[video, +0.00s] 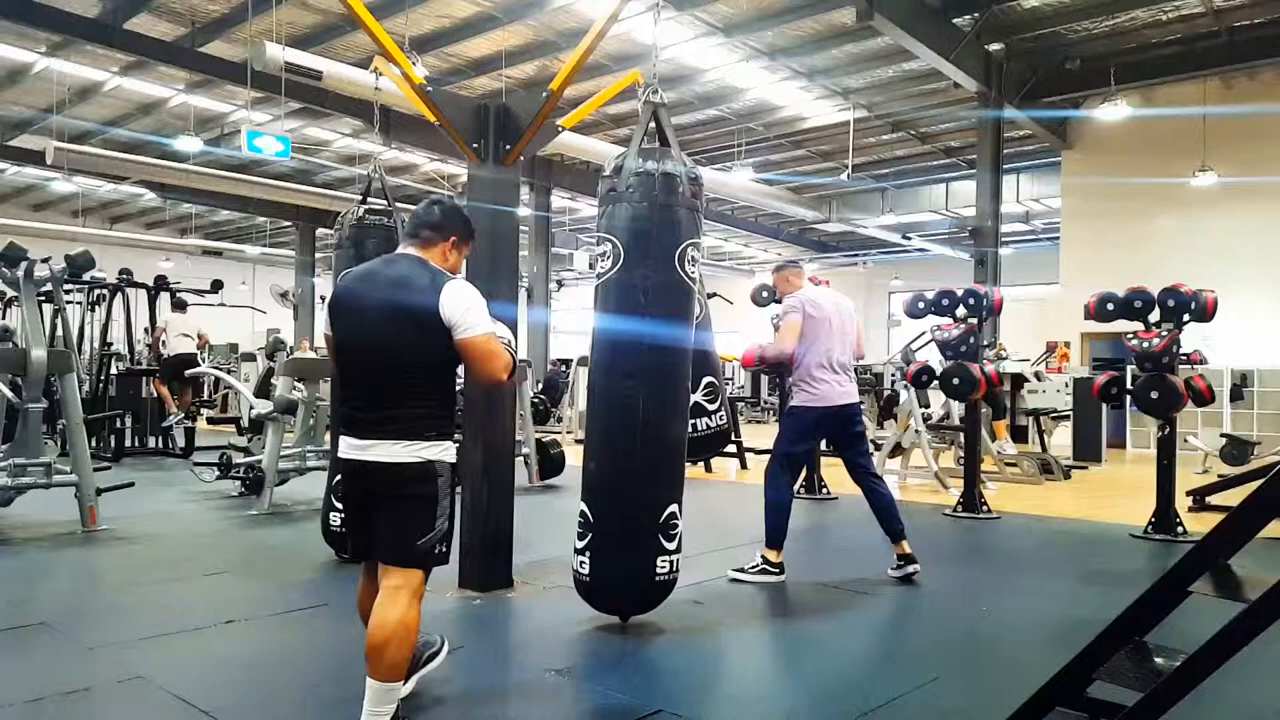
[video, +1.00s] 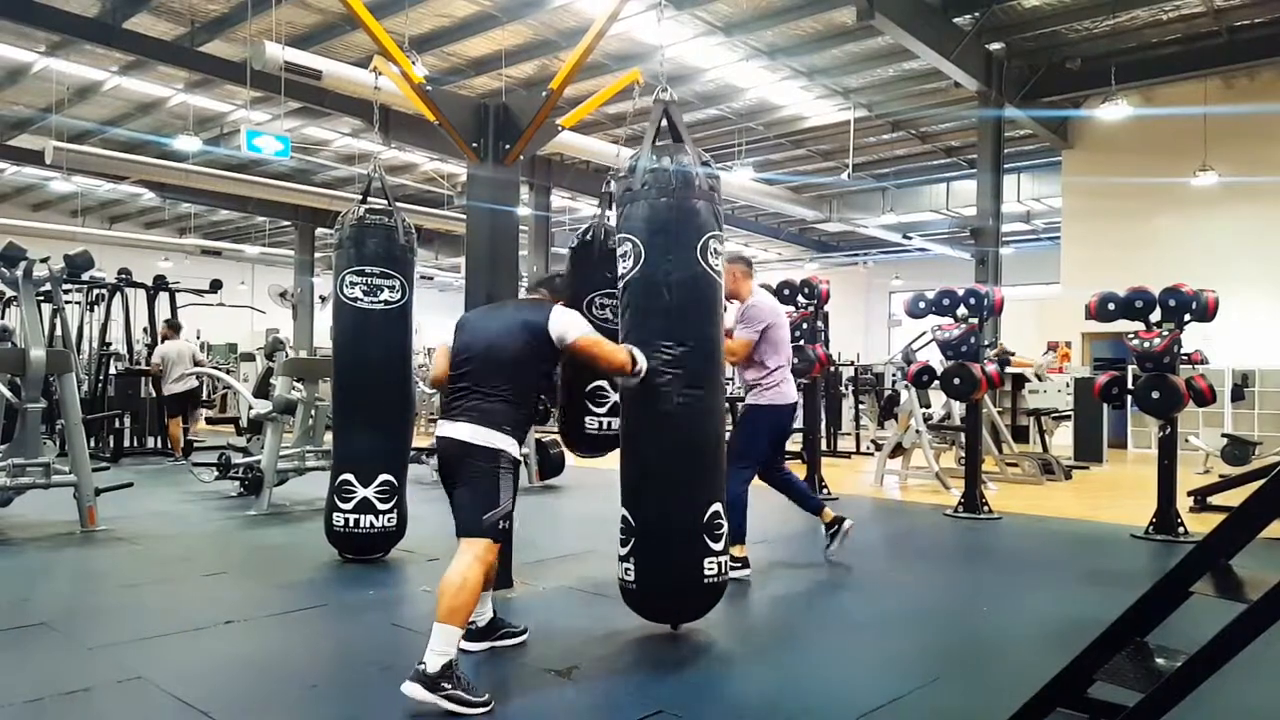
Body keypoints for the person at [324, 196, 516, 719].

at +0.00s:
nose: (463, 267)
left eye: (465, 257)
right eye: (464, 256)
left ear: (406, 237)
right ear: (451, 247)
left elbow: (333, 351)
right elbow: (494, 370)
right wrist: (502, 340)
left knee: (375, 571)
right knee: (401, 588)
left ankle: (399, 661)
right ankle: (375, 712)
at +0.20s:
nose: (484, 277)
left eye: (487, 268)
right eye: (486, 267)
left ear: (439, 246)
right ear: (471, 254)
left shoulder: (385, 287)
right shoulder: (461, 295)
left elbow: (395, 362)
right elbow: (485, 376)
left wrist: (481, 353)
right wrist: (505, 363)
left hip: (381, 451)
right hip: (431, 456)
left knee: (412, 560)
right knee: (440, 570)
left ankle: (412, 661)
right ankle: (381, 701)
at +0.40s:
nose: (510, 283)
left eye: (512, 274)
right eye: (511, 272)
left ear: (474, 253)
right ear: (496, 259)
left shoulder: (429, 283)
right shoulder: (472, 294)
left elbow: (452, 360)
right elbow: (492, 370)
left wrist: (509, 347)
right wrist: (524, 343)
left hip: (407, 440)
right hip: (439, 445)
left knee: (444, 543)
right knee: (470, 554)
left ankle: (416, 640)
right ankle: (432, 683)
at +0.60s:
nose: (535, 305)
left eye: (540, 298)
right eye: (539, 296)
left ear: (514, 275)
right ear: (525, 282)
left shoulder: (469, 300)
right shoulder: (487, 315)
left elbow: (470, 381)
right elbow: (474, 392)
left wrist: (518, 382)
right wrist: (525, 390)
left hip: (432, 444)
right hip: (444, 450)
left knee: (463, 547)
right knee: (468, 562)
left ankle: (454, 623)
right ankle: (427, 685)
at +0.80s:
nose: (559, 324)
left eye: (563, 316)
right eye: (561, 314)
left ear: (532, 295)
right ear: (550, 303)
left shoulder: (498, 314)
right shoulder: (515, 321)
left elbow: (499, 381)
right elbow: (477, 370)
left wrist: (541, 375)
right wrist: (520, 413)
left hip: (463, 445)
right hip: (468, 448)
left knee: (481, 544)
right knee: (479, 558)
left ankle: (480, 621)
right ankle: (428, 680)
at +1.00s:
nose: (568, 317)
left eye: (567, 311)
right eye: (568, 311)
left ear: (529, 293)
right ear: (559, 302)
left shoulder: (475, 317)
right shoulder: (557, 316)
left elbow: (439, 375)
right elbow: (613, 359)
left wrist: (484, 378)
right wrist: (634, 359)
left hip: (450, 438)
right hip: (490, 444)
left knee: (481, 534)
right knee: (478, 550)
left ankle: (479, 621)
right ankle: (434, 669)